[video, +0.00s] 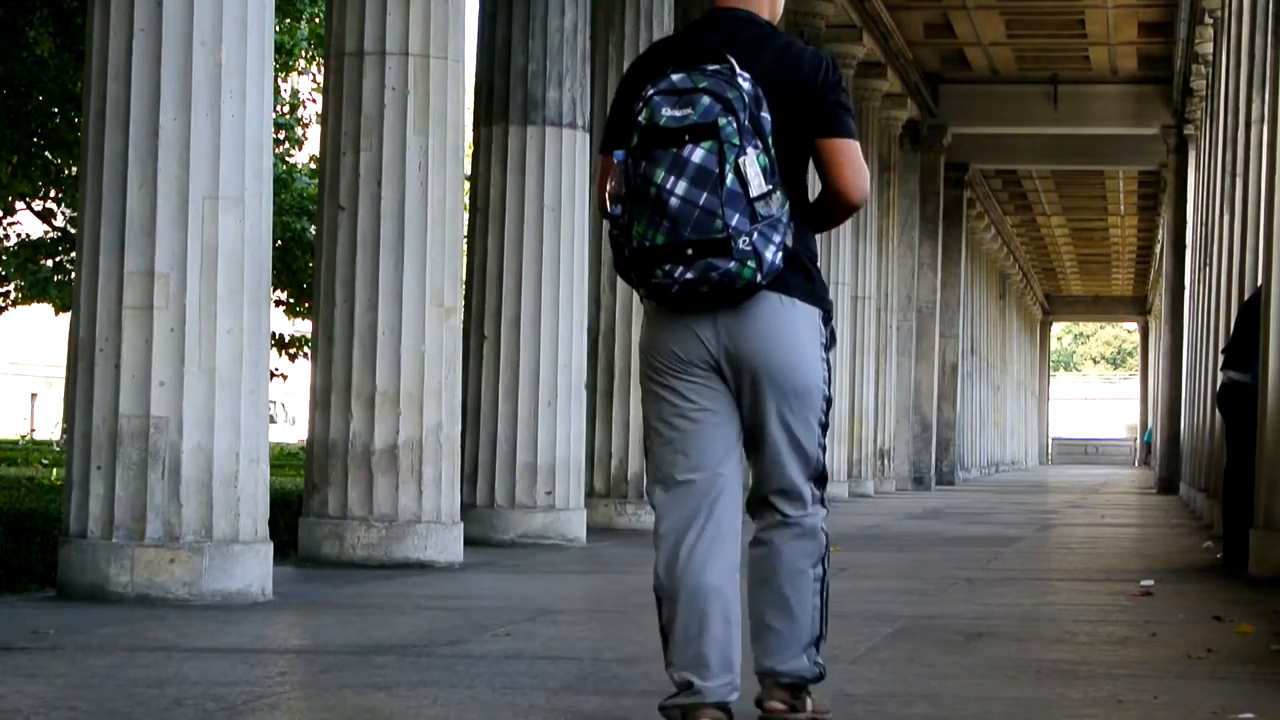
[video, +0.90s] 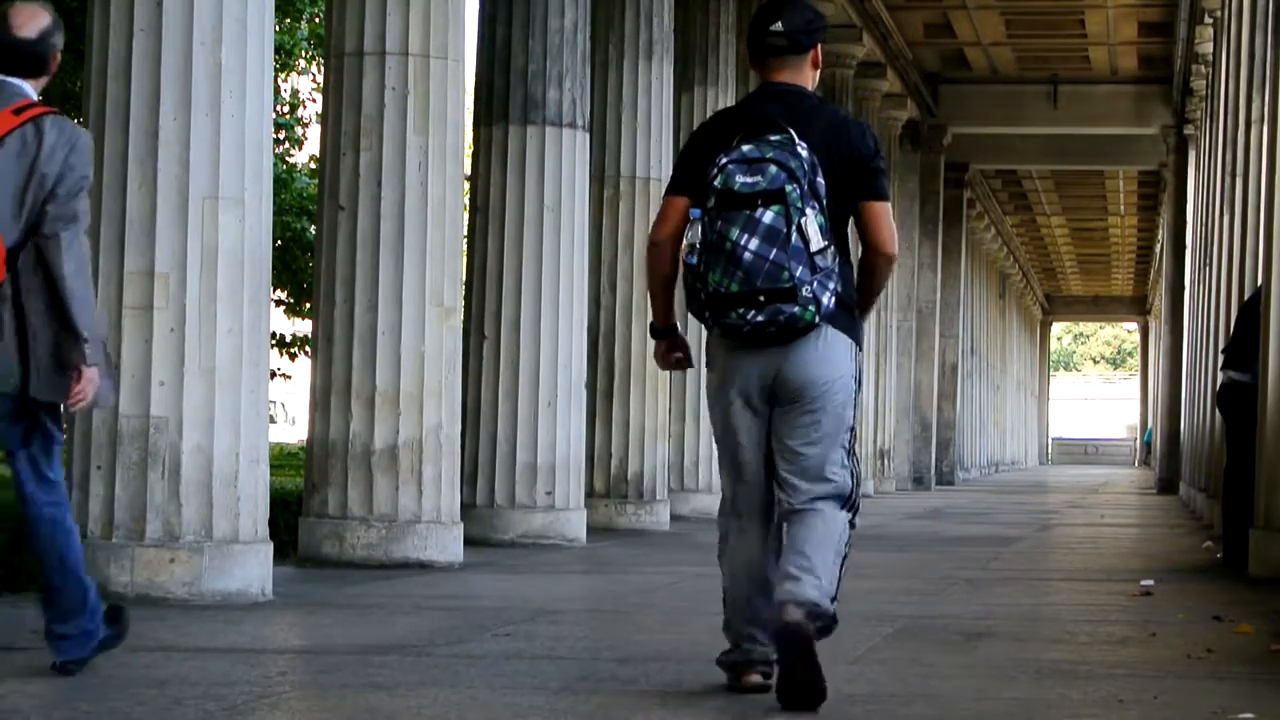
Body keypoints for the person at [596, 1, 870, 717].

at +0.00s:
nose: (783, 5)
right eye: (781, 1)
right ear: (773, 2)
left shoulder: (646, 66)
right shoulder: (804, 64)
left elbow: (609, 190)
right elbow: (853, 186)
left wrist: (673, 227)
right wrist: (803, 222)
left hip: (676, 314)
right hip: (778, 310)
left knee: (692, 498)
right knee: (788, 500)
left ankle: (703, 696)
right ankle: (786, 684)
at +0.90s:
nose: (817, 62)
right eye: (819, 52)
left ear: (752, 58)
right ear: (817, 57)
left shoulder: (712, 133)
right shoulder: (849, 134)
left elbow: (663, 237)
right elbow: (883, 247)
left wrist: (662, 324)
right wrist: (855, 308)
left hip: (734, 337)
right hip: (820, 337)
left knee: (745, 498)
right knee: (817, 492)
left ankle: (750, 656)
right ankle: (800, 611)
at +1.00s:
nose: (820, 62)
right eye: (820, 52)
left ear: (753, 57)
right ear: (815, 54)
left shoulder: (711, 132)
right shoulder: (844, 131)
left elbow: (668, 236)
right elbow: (881, 239)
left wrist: (664, 323)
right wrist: (896, 327)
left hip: (733, 336)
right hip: (816, 333)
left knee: (746, 492)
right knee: (831, 482)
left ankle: (748, 658)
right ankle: (804, 583)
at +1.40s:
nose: (857, 101)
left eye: (853, 91)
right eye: (858, 92)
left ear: (793, 90)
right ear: (850, 91)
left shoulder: (749, 155)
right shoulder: (868, 161)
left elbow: (720, 256)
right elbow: (902, 255)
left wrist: (745, 324)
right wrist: (929, 350)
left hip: (759, 348)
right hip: (841, 347)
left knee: (762, 489)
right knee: (842, 496)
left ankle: (755, 628)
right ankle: (846, 639)